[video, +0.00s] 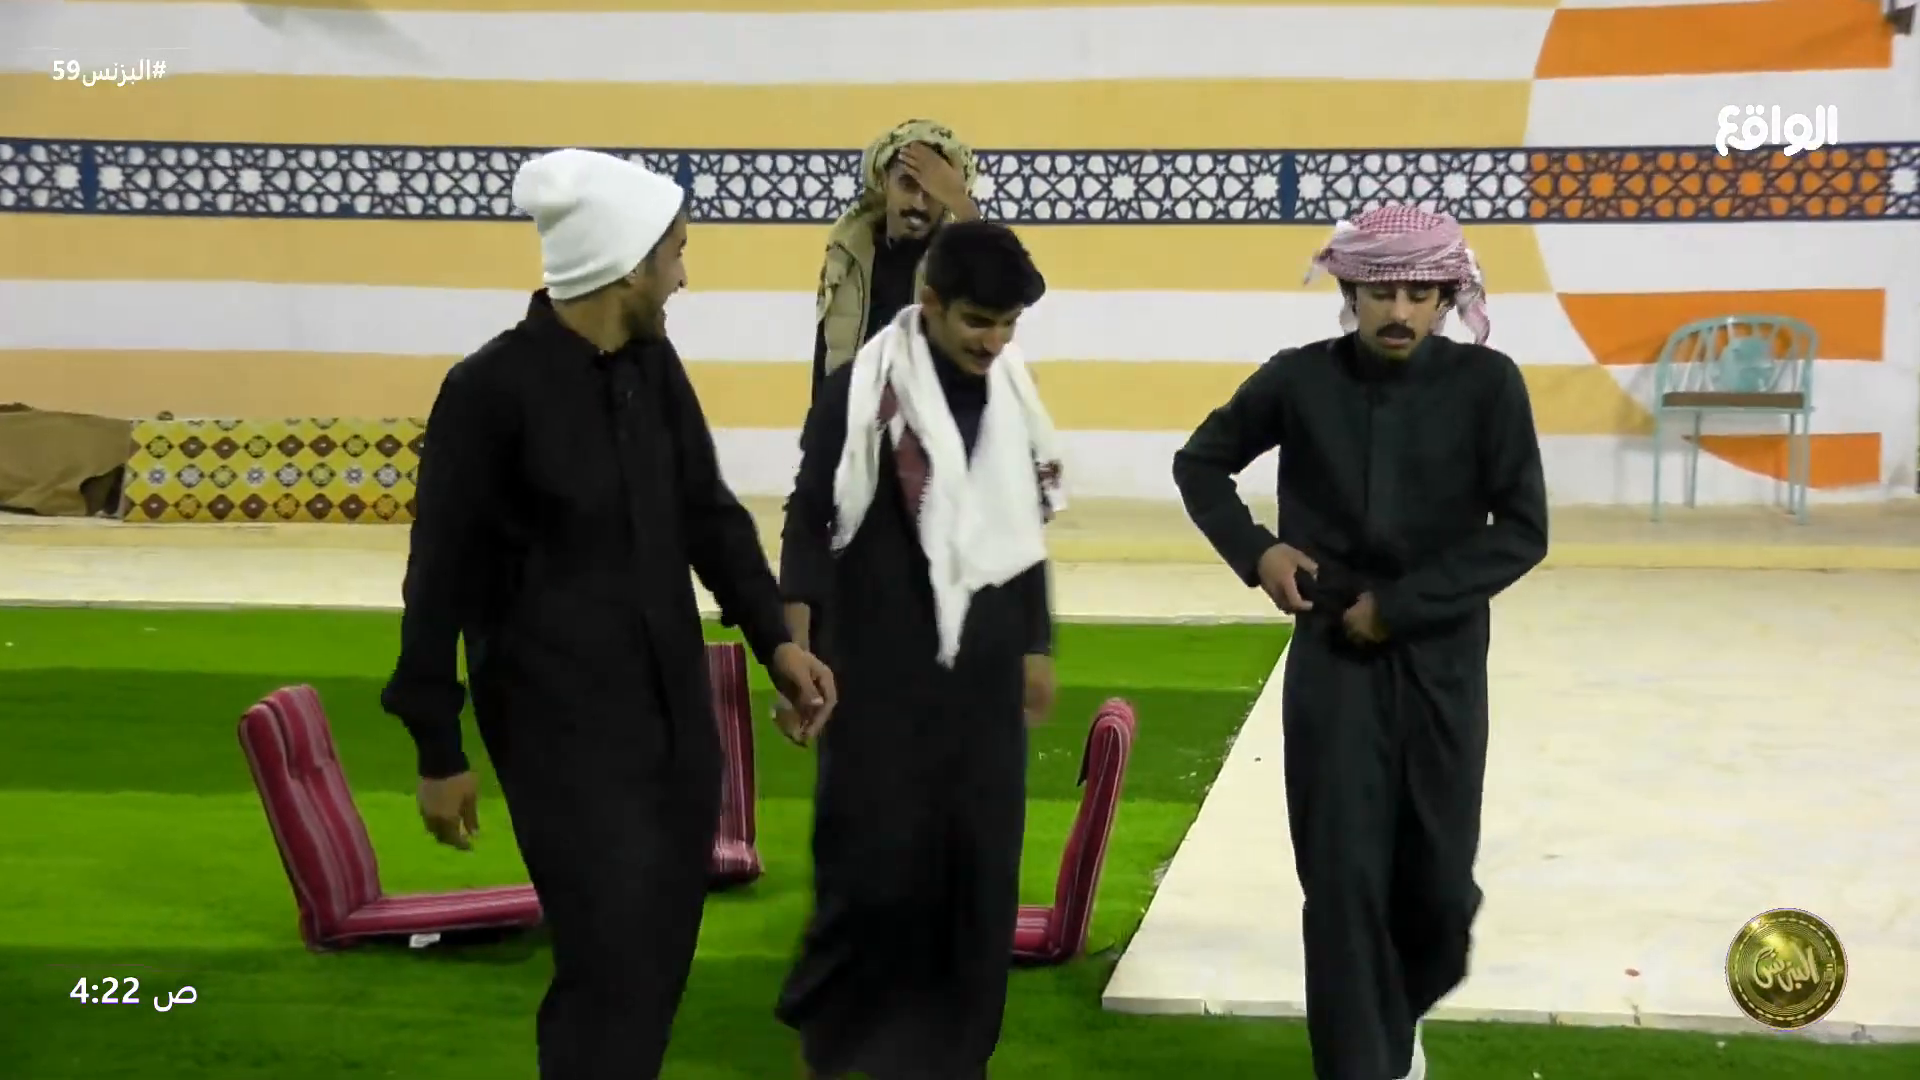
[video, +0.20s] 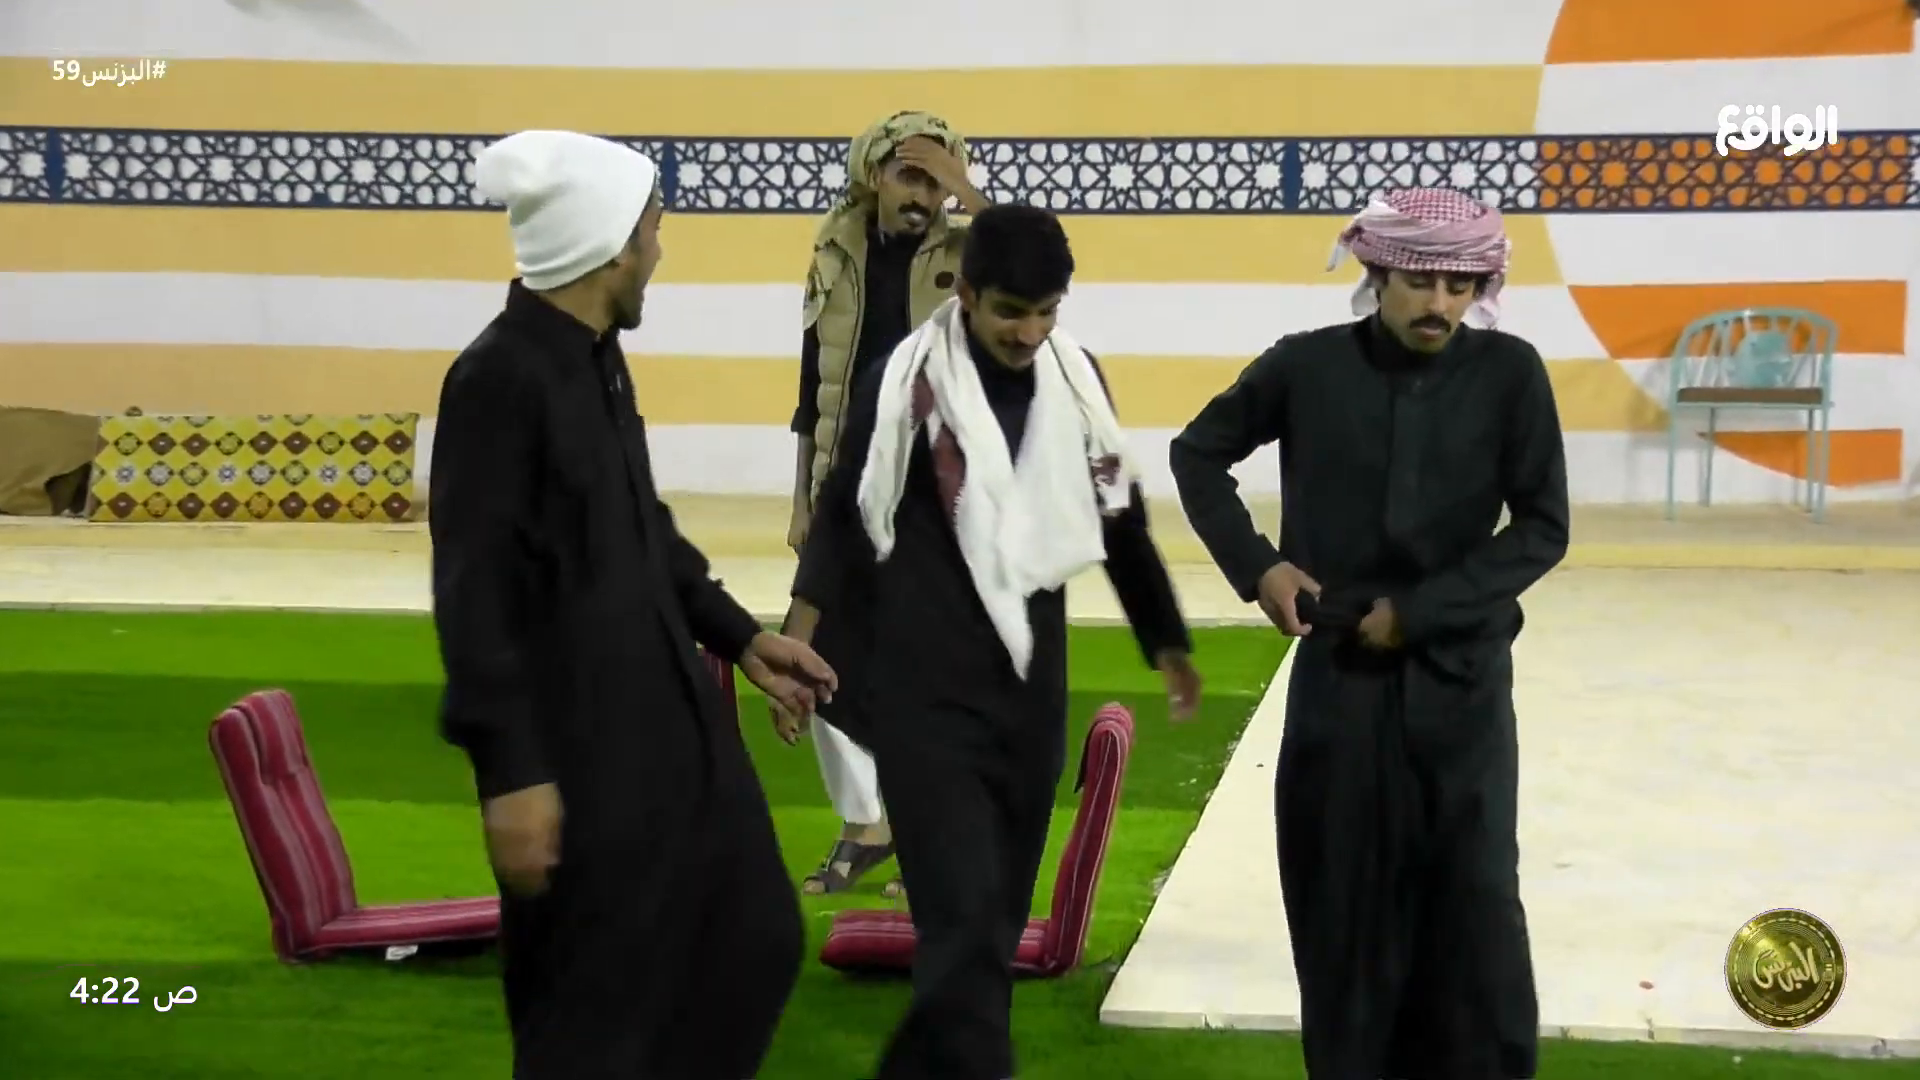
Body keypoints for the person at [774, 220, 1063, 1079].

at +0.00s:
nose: (993, 341)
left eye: (1007, 325)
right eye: (976, 323)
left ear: (1020, 314)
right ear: (928, 301)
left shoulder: (1010, 391)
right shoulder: (860, 385)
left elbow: (1028, 529)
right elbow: (809, 519)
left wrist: (1036, 647)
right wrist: (797, 647)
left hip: (981, 676)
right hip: (878, 670)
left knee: (976, 867)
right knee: (876, 861)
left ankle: (955, 1051)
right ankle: (843, 1039)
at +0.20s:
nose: (1029, 331)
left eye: (1044, 312)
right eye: (1009, 313)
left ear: (1062, 299)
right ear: (964, 295)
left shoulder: (1072, 372)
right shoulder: (904, 372)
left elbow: (1119, 514)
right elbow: (846, 509)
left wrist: (1167, 643)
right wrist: (800, 632)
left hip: (1029, 685)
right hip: (917, 683)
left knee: (996, 924)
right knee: (966, 920)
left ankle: (912, 1068)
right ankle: (974, 1073)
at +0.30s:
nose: (1042, 342)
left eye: (1058, 323)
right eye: (1022, 325)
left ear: (1075, 308)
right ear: (979, 307)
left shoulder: (1100, 386)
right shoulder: (922, 405)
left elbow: (1155, 521)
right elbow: (858, 545)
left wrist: (1209, 632)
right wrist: (821, 686)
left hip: (1067, 693)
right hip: (958, 698)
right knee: (990, 940)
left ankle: (982, 1042)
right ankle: (1004, 1067)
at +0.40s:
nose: (1051, 346)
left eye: (1067, 326)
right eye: (1030, 328)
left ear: (1084, 311)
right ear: (986, 311)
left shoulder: (1117, 389)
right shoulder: (937, 414)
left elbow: (1173, 524)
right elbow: (881, 565)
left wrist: (1223, 643)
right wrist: (847, 717)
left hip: (1094, 683)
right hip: (979, 694)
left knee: (1095, 884)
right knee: (1005, 919)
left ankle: (1038, 1051)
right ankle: (1003, 1061)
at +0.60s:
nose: (1098, 324)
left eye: (1115, 302)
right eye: (1076, 306)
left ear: (1132, 289)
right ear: (1028, 293)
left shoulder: (1159, 376)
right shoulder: (972, 407)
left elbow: (1203, 544)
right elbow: (936, 576)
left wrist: (1218, 691)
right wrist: (945, 726)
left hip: (1156, 723)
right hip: (1031, 728)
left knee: (1184, 966)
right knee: (1044, 974)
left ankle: (1168, 1073)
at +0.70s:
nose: (1143, 321)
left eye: (1158, 298)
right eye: (1120, 301)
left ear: (1175, 289)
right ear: (1065, 294)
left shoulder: (1191, 379)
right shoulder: (1006, 410)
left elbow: (1221, 558)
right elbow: (962, 584)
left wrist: (1222, 721)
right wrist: (1004, 704)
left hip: (1182, 735)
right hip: (1061, 739)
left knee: (1202, 986)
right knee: (1057, 984)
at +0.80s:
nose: (1185, 323)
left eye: (1196, 299)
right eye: (1159, 302)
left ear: (1208, 294)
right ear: (1097, 301)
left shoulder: (1223, 397)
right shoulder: (1028, 418)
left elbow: (1254, 582)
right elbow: (978, 589)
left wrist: (1258, 749)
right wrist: (1022, 690)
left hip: (1209, 765)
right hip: (1079, 769)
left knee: (1217, 1019)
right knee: (1069, 1015)